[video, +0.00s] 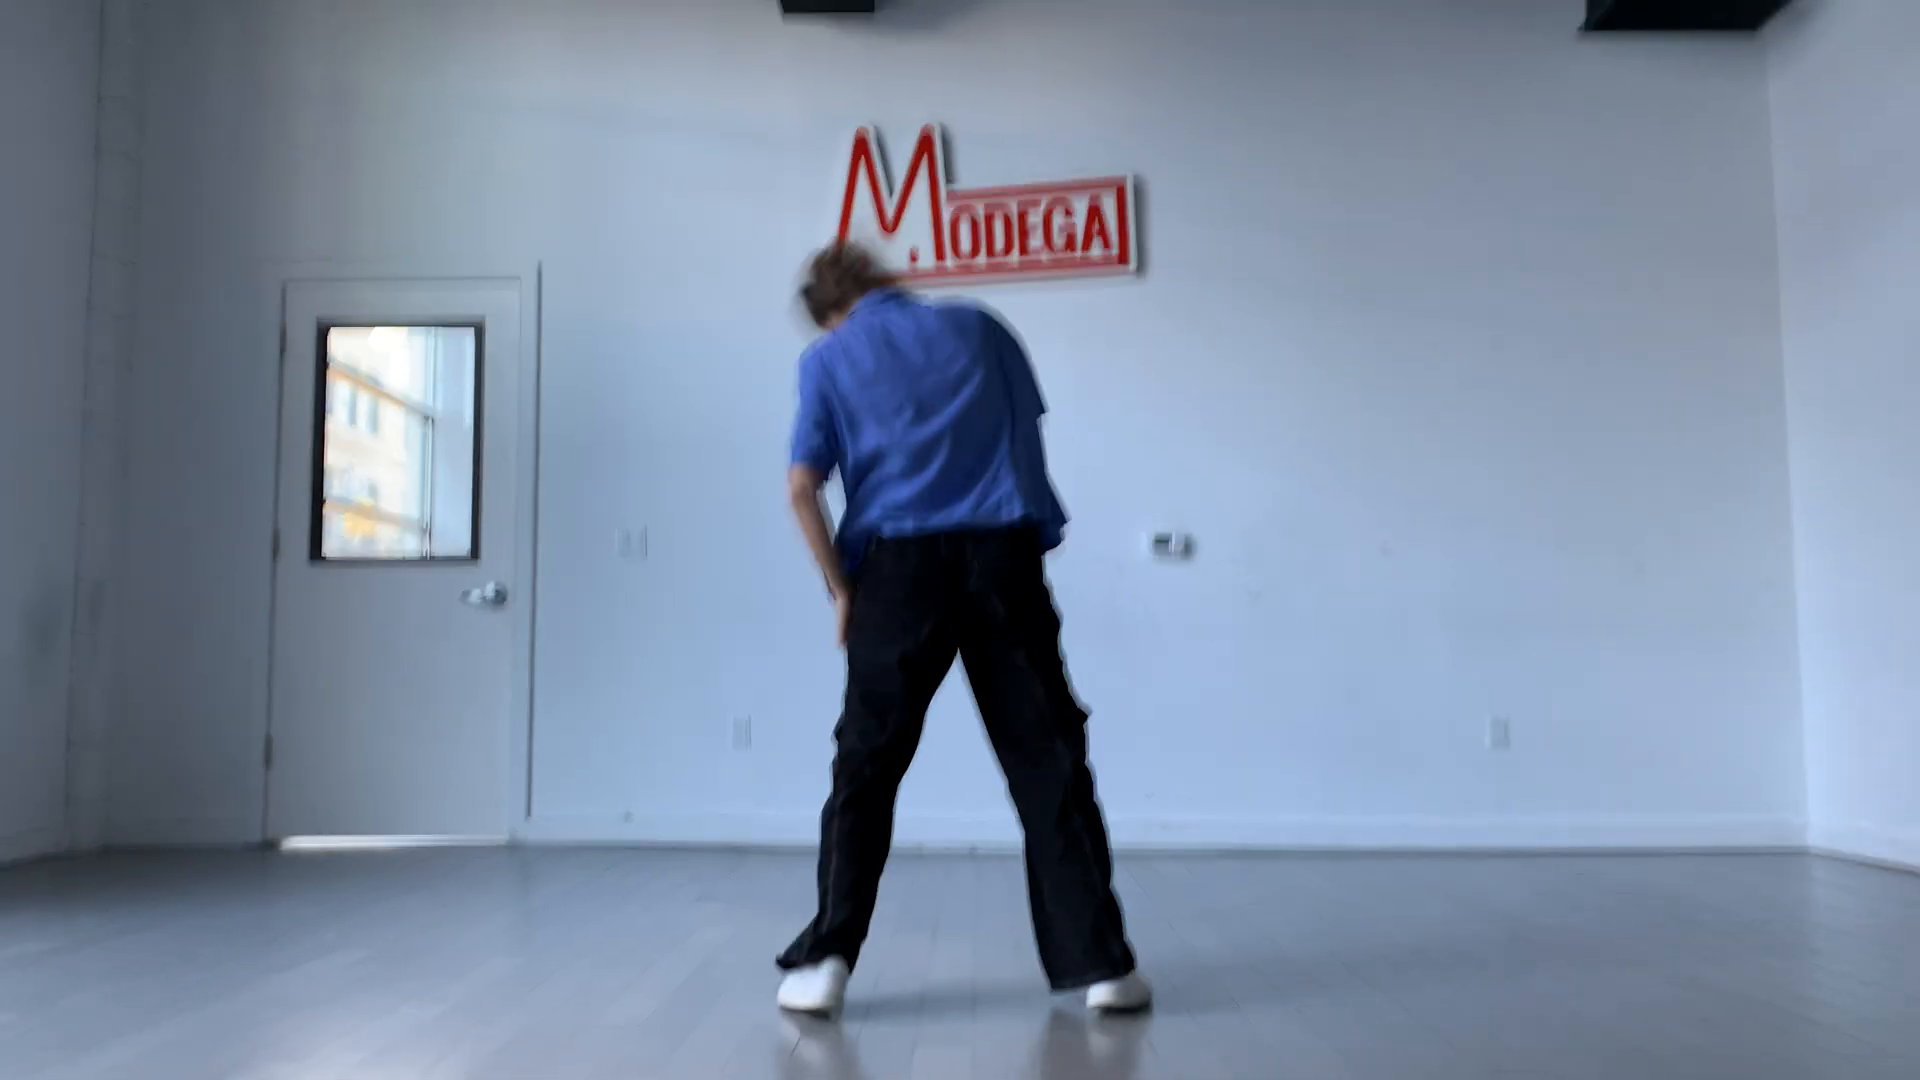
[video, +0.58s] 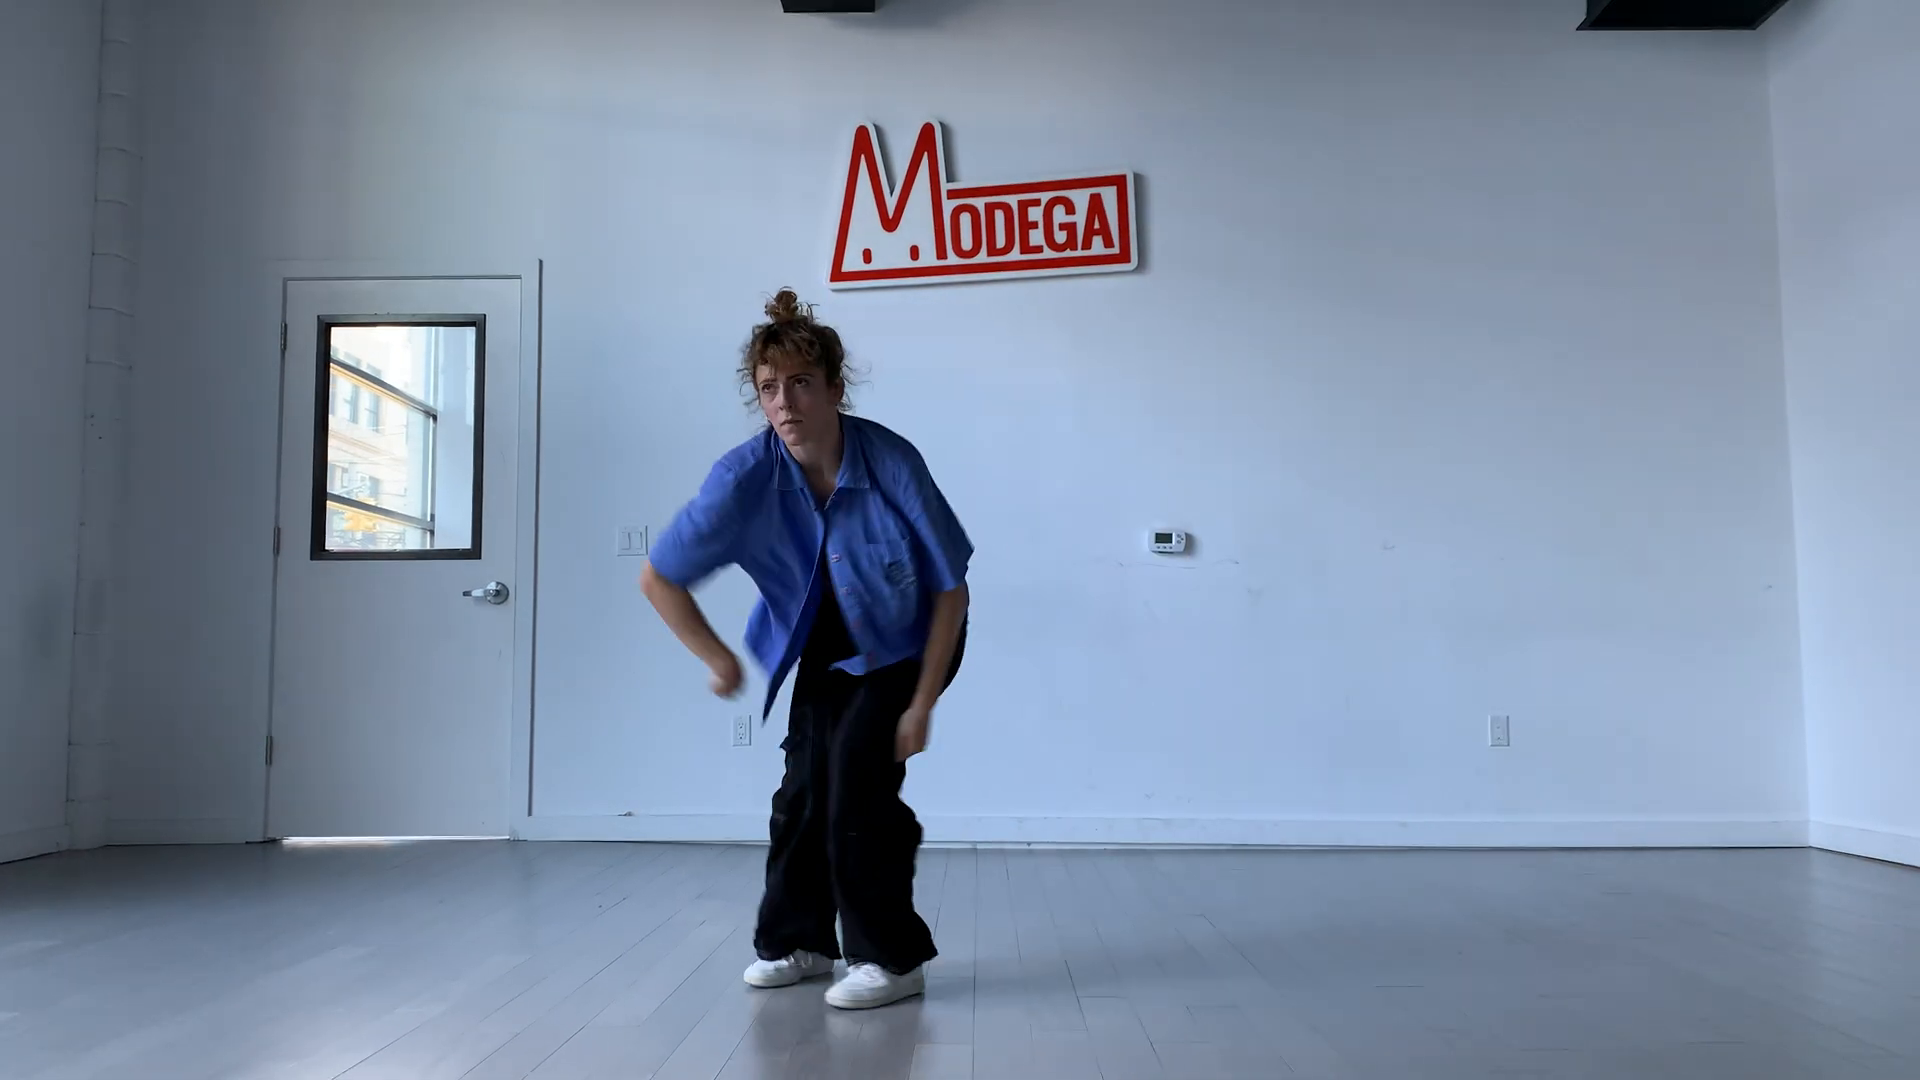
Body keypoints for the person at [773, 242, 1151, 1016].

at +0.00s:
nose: (824, 332)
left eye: (819, 323)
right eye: (823, 324)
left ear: (829, 309)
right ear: (889, 280)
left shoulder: (827, 359)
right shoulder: (980, 325)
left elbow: (801, 487)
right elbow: (1027, 438)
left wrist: (840, 588)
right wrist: (1021, 540)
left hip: (898, 584)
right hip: (1006, 572)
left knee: (866, 769)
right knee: (1050, 763)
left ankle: (827, 960)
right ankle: (1104, 965)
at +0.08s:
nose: (766, 389)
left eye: (761, 379)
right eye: (757, 385)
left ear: (769, 357)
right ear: (806, 310)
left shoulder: (798, 383)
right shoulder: (931, 315)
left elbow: (768, 502)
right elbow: (1023, 406)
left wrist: (823, 582)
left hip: (900, 583)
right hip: (1004, 567)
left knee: (857, 766)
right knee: (1035, 752)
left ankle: (860, 959)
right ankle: (1109, 944)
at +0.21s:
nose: (731, 394)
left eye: (740, 382)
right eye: (724, 379)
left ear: (787, 367)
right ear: (794, 350)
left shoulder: (787, 424)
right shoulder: (859, 332)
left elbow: (810, 536)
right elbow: (943, 358)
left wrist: (787, 591)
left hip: (901, 593)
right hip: (979, 579)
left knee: (831, 769)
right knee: (945, 766)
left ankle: (871, 954)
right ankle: (1076, 883)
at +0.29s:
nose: (752, 385)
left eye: (771, 374)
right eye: (744, 368)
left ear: (815, 373)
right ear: (735, 359)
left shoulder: (818, 449)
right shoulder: (824, 387)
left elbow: (868, 576)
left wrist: (785, 626)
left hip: (918, 613)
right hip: (955, 598)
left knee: (817, 769)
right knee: (879, 775)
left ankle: (875, 955)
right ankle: (1017, 883)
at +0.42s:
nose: (781, 385)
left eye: (799, 370)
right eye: (767, 369)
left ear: (829, 376)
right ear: (753, 374)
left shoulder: (862, 471)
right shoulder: (754, 419)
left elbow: (915, 602)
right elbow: (706, 425)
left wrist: (830, 682)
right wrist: (745, 512)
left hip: (942, 619)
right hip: (877, 618)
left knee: (831, 769)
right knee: (801, 763)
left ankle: (880, 955)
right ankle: (883, 915)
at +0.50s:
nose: (786, 392)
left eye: (802, 376)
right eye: (772, 378)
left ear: (837, 384)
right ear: (757, 390)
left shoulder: (886, 473)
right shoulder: (749, 453)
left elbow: (937, 594)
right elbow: (661, 495)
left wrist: (882, 699)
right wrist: (701, 584)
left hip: (926, 626)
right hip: (842, 629)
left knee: (848, 763)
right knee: (800, 768)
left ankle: (887, 957)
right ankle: (809, 936)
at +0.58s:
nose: (784, 402)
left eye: (799, 384)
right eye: (770, 388)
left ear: (835, 387)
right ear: (757, 397)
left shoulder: (891, 464)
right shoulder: (745, 477)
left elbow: (951, 583)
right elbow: (657, 576)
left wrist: (923, 703)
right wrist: (718, 657)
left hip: (904, 643)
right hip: (818, 648)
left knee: (858, 774)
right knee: (803, 784)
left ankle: (891, 957)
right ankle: (802, 943)